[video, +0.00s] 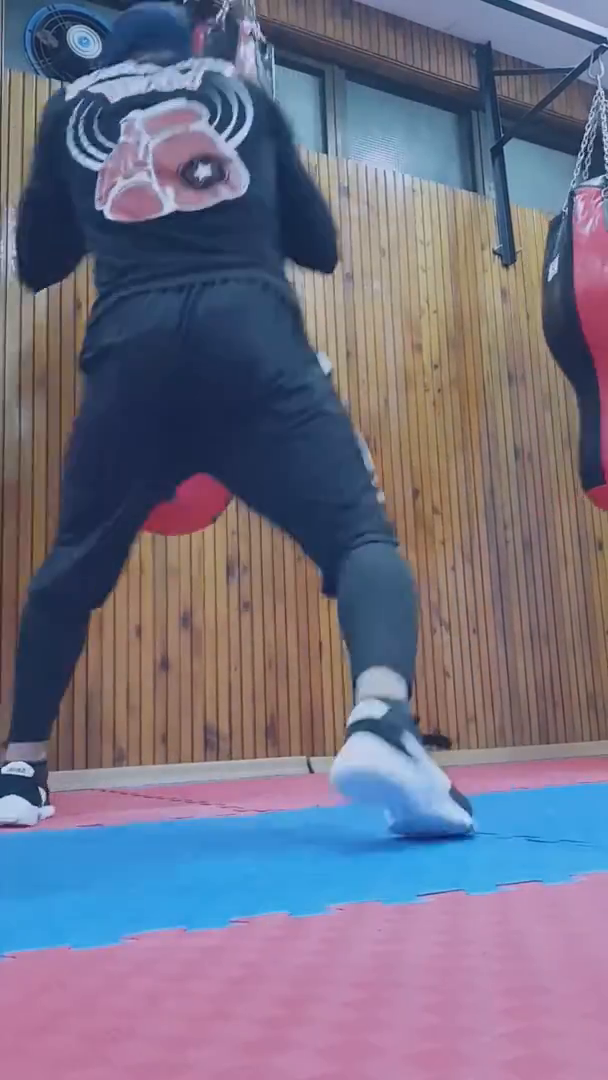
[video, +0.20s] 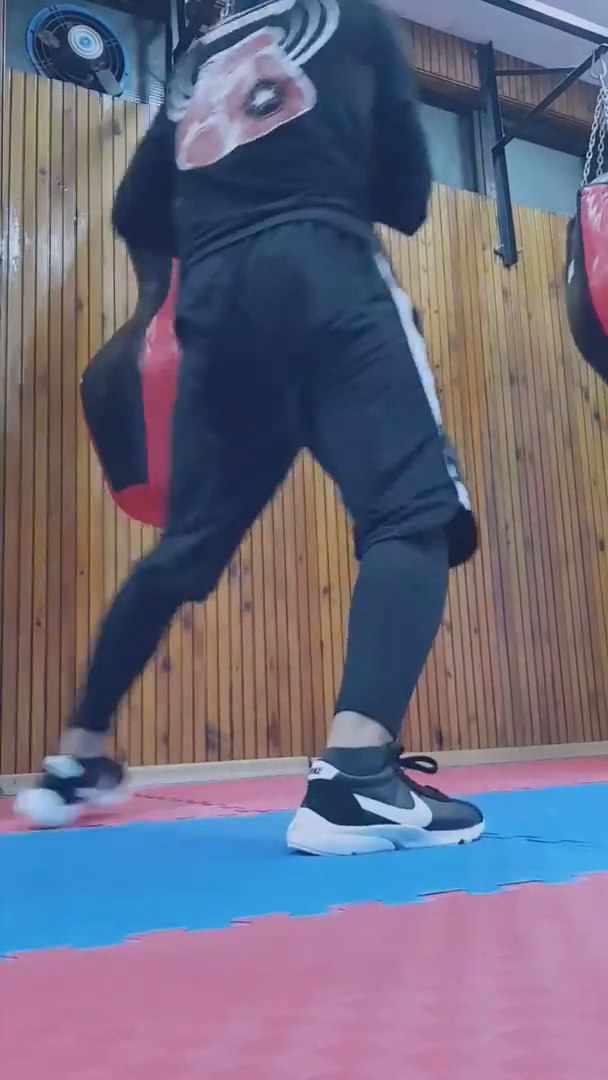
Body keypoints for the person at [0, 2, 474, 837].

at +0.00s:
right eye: (207, 29)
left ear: (114, 50)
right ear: (197, 37)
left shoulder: (71, 112)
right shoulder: (244, 94)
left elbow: (36, 262)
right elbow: (318, 245)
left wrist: (105, 176)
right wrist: (229, 186)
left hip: (130, 342)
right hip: (248, 326)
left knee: (78, 557)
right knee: (357, 535)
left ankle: (19, 765)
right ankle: (382, 716)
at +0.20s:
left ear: (229, 2)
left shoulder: (194, 65)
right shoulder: (358, 20)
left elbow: (136, 209)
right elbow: (404, 201)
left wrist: (204, 273)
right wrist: (314, 143)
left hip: (215, 289)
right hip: (324, 267)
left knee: (185, 545)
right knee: (410, 517)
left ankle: (77, 755)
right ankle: (353, 772)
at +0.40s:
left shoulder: (275, 32)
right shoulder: (471, 12)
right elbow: (492, 160)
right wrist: (474, 208)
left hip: (307, 234)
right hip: (415, 216)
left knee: (337, 501)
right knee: (424, 486)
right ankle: (350, 765)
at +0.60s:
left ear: (398, 10)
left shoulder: (376, 61)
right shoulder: (559, 34)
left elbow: (332, 231)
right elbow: (590, 164)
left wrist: (315, 183)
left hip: (435, 267)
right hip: (549, 246)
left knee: (497, 508)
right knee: (568, 502)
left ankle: (554, 748)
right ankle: (440, 672)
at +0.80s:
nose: (425, 122)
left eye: (423, 110)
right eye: (424, 110)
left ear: (443, 93)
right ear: (493, 68)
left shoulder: (451, 131)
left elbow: (460, 300)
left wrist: (419, 219)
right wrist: (431, 217)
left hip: (557, 309)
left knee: (540, 536)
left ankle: (559, 751)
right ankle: (561, 748)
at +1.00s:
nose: (528, 129)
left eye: (532, 116)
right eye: (531, 120)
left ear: (556, 105)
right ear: (587, 98)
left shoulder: (565, 129)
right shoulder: (574, 132)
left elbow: (532, 211)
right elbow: (534, 211)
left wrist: (491, 280)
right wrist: (497, 274)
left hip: (602, 366)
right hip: (592, 368)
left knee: (577, 545)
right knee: (574, 543)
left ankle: (572, 744)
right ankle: (571, 742)